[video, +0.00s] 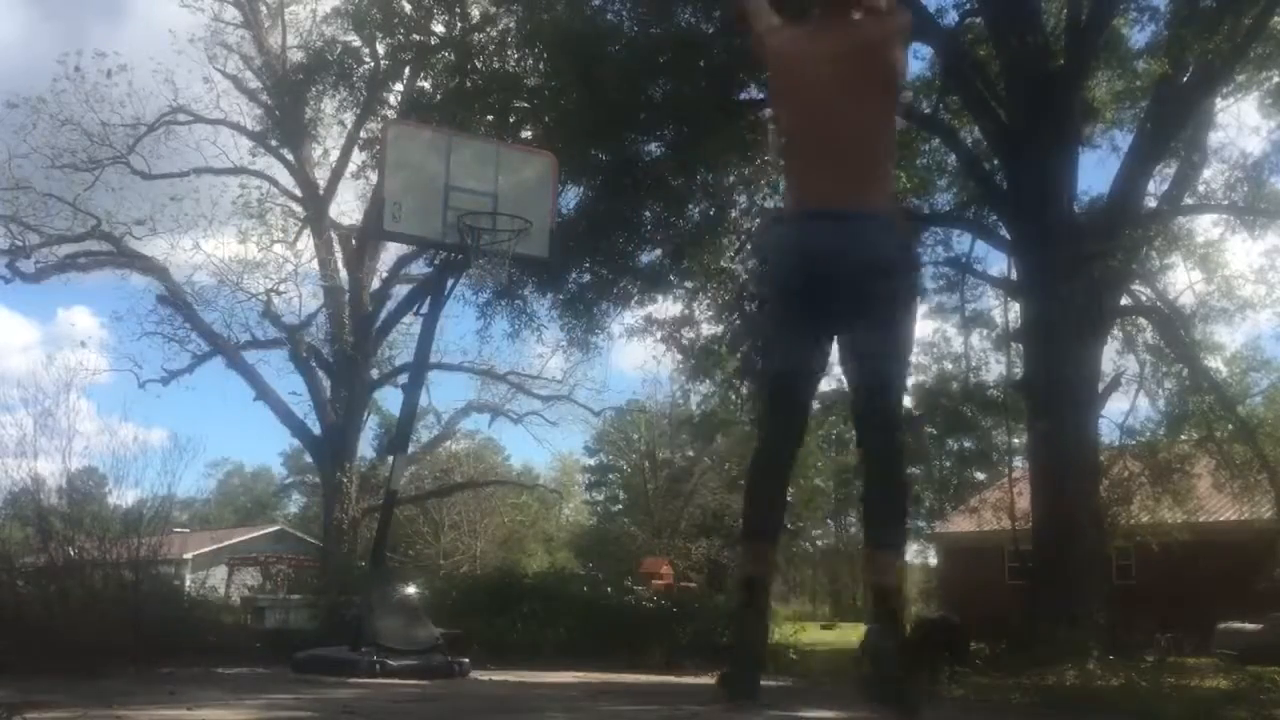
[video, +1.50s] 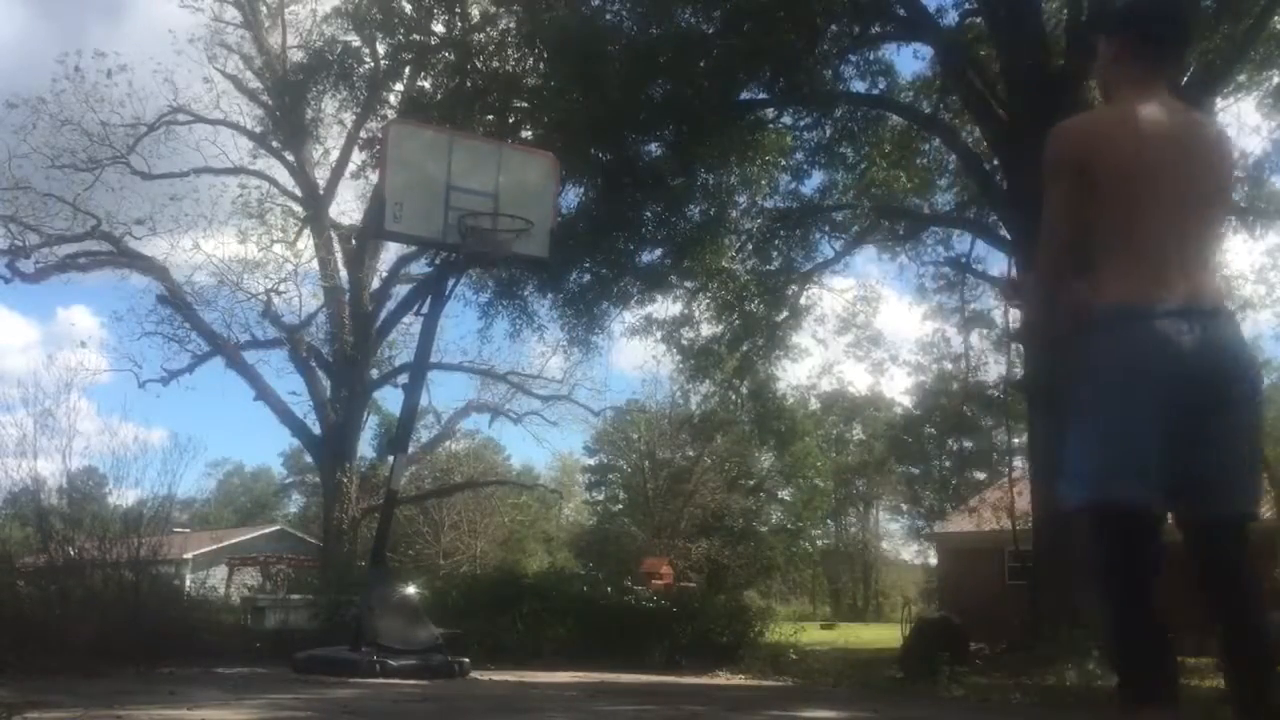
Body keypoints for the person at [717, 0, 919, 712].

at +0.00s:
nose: (878, 7)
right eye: (875, 5)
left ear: (804, 9)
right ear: (861, 6)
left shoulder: (778, 42)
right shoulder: (884, 34)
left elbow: (751, 4)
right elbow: (909, 11)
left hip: (798, 241)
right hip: (877, 241)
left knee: (777, 434)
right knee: (881, 435)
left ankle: (748, 633)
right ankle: (886, 638)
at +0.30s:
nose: (873, 147)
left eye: (877, 139)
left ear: (881, 144)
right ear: (942, 149)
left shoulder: (842, 219)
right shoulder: (961, 218)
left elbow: (798, 255)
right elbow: (984, 216)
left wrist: (809, 201)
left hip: (852, 418)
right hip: (927, 420)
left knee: (821, 578)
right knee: (933, 582)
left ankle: (762, 705)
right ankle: (943, 707)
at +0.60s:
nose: (917, 105)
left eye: (920, 96)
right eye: (925, 96)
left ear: (924, 102)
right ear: (984, 105)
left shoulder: (891, 185)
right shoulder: (1021, 191)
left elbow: (880, 280)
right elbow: (1047, 300)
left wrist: (877, 368)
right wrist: (1065, 402)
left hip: (918, 369)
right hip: (998, 374)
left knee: (892, 538)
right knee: (970, 545)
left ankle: (895, 671)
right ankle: (963, 695)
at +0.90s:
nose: (950, 108)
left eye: (955, 97)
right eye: (951, 98)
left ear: (972, 99)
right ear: (1023, 103)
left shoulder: (959, 157)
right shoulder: (1062, 175)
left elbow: (961, 210)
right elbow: (1118, 258)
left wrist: (952, 303)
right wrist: (1154, 366)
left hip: (1002, 370)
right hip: (1069, 372)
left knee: (1026, 548)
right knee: (1040, 547)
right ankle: (990, 696)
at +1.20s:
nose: (1028, 68)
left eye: (1032, 57)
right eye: (1031, 58)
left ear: (1047, 57)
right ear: (1104, 61)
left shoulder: (1031, 133)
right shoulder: (1140, 142)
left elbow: (1020, 262)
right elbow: (1133, 247)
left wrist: (988, 375)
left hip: (1083, 341)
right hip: (1161, 341)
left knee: (1091, 537)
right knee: (1109, 534)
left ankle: (1129, 700)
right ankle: (1118, 694)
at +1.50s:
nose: (1094, 63)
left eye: (1097, 50)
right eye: (1097, 52)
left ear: (1116, 51)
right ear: (1177, 55)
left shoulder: (1077, 137)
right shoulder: (1215, 141)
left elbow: (1053, 261)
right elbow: (1198, 238)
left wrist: (1044, 331)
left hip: (1122, 347)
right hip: (1215, 341)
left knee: (1124, 547)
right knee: (1226, 544)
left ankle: (1149, 700)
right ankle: (1256, 702)